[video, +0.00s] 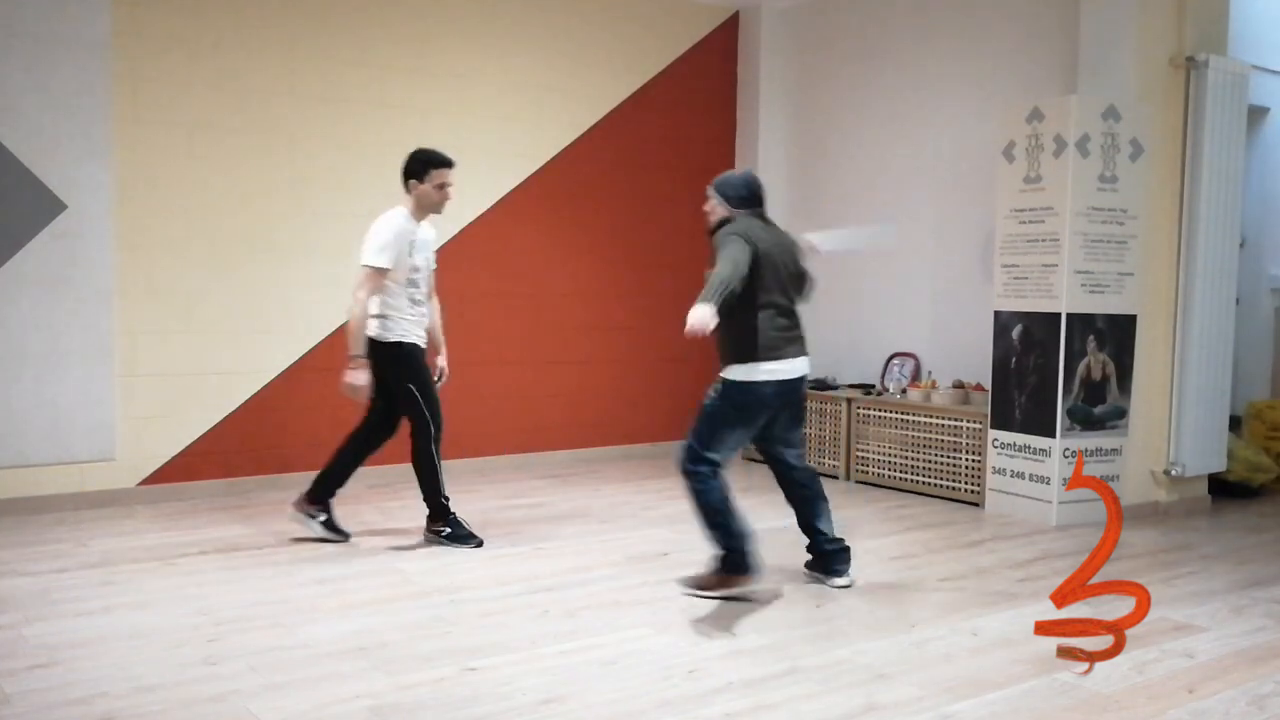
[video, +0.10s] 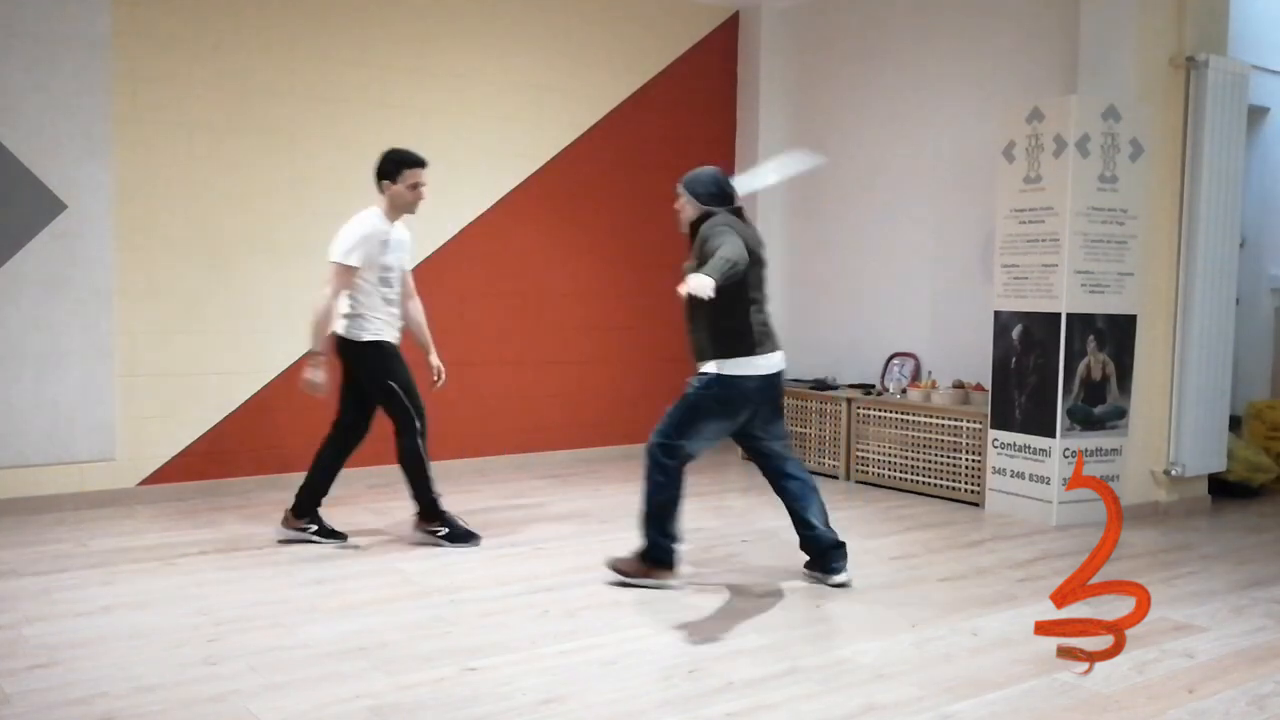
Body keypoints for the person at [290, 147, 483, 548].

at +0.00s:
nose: (448, 194)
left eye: (449, 186)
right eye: (441, 186)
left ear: (426, 187)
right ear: (415, 186)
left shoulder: (427, 232)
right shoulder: (392, 226)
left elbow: (430, 297)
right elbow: (362, 293)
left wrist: (439, 348)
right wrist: (356, 359)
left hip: (410, 346)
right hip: (390, 345)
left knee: (378, 428)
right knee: (429, 423)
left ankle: (314, 501)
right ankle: (440, 518)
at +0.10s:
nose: (422, 193)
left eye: (423, 185)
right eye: (414, 185)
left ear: (407, 189)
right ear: (388, 186)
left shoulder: (401, 234)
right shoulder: (363, 230)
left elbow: (409, 298)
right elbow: (332, 292)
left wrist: (430, 350)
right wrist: (317, 352)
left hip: (379, 344)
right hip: (364, 344)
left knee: (349, 428)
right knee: (410, 417)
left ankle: (301, 513)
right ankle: (430, 515)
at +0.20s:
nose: (392, 192)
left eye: (394, 184)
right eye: (384, 184)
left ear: (386, 186)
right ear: (358, 185)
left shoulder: (380, 233)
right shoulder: (331, 230)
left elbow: (395, 298)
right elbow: (300, 297)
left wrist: (421, 351)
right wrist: (289, 361)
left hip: (356, 344)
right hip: (335, 343)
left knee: (333, 434)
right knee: (388, 415)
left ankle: (297, 519)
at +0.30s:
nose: (361, 191)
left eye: (362, 183)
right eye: (353, 184)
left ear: (359, 185)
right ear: (326, 184)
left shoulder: (358, 229)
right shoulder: (302, 232)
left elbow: (377, 294)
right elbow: (279, 297)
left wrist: (403, 347)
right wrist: (286, 357)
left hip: (348, 354)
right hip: (316, 353)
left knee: (350, 434)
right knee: (330, 433)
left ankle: (299, 518)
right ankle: (243, 491)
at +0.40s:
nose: (336, 209)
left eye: (338, 201)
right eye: (328, 201)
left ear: (337, 202)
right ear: (301, 202)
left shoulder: (337, 250)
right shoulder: (278, 251)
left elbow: (357, 313)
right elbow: (262, 315)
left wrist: (387, 362)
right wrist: (296, 364)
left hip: (333, 372)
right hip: (293, 375)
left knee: (370, 432)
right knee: (267, 455)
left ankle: (310, 506)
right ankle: (186, 504)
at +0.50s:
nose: (332, 235)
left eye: (334, 226)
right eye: (325, 226)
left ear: (334, 225)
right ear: (298, 225)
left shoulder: (326, 273)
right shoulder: (268, 274)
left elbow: (341, 338)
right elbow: (266, 340)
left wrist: (362, 390)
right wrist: (309, 383)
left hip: (321, 383)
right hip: (281, 390)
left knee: (380, 422)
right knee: (269, 473)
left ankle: (336, 504)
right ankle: (183, 506)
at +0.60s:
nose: (348, 247)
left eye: (350, 238)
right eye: (341, 238)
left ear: (349, 238)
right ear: (313, 237)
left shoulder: (335, 281)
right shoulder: (283, 281)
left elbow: (336, 344)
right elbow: (291, 346)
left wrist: (341, 387)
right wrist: (351, 390)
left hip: (326, 392)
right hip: (288, 398)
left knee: (392, 419)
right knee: (269, 480)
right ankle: (187, 506)